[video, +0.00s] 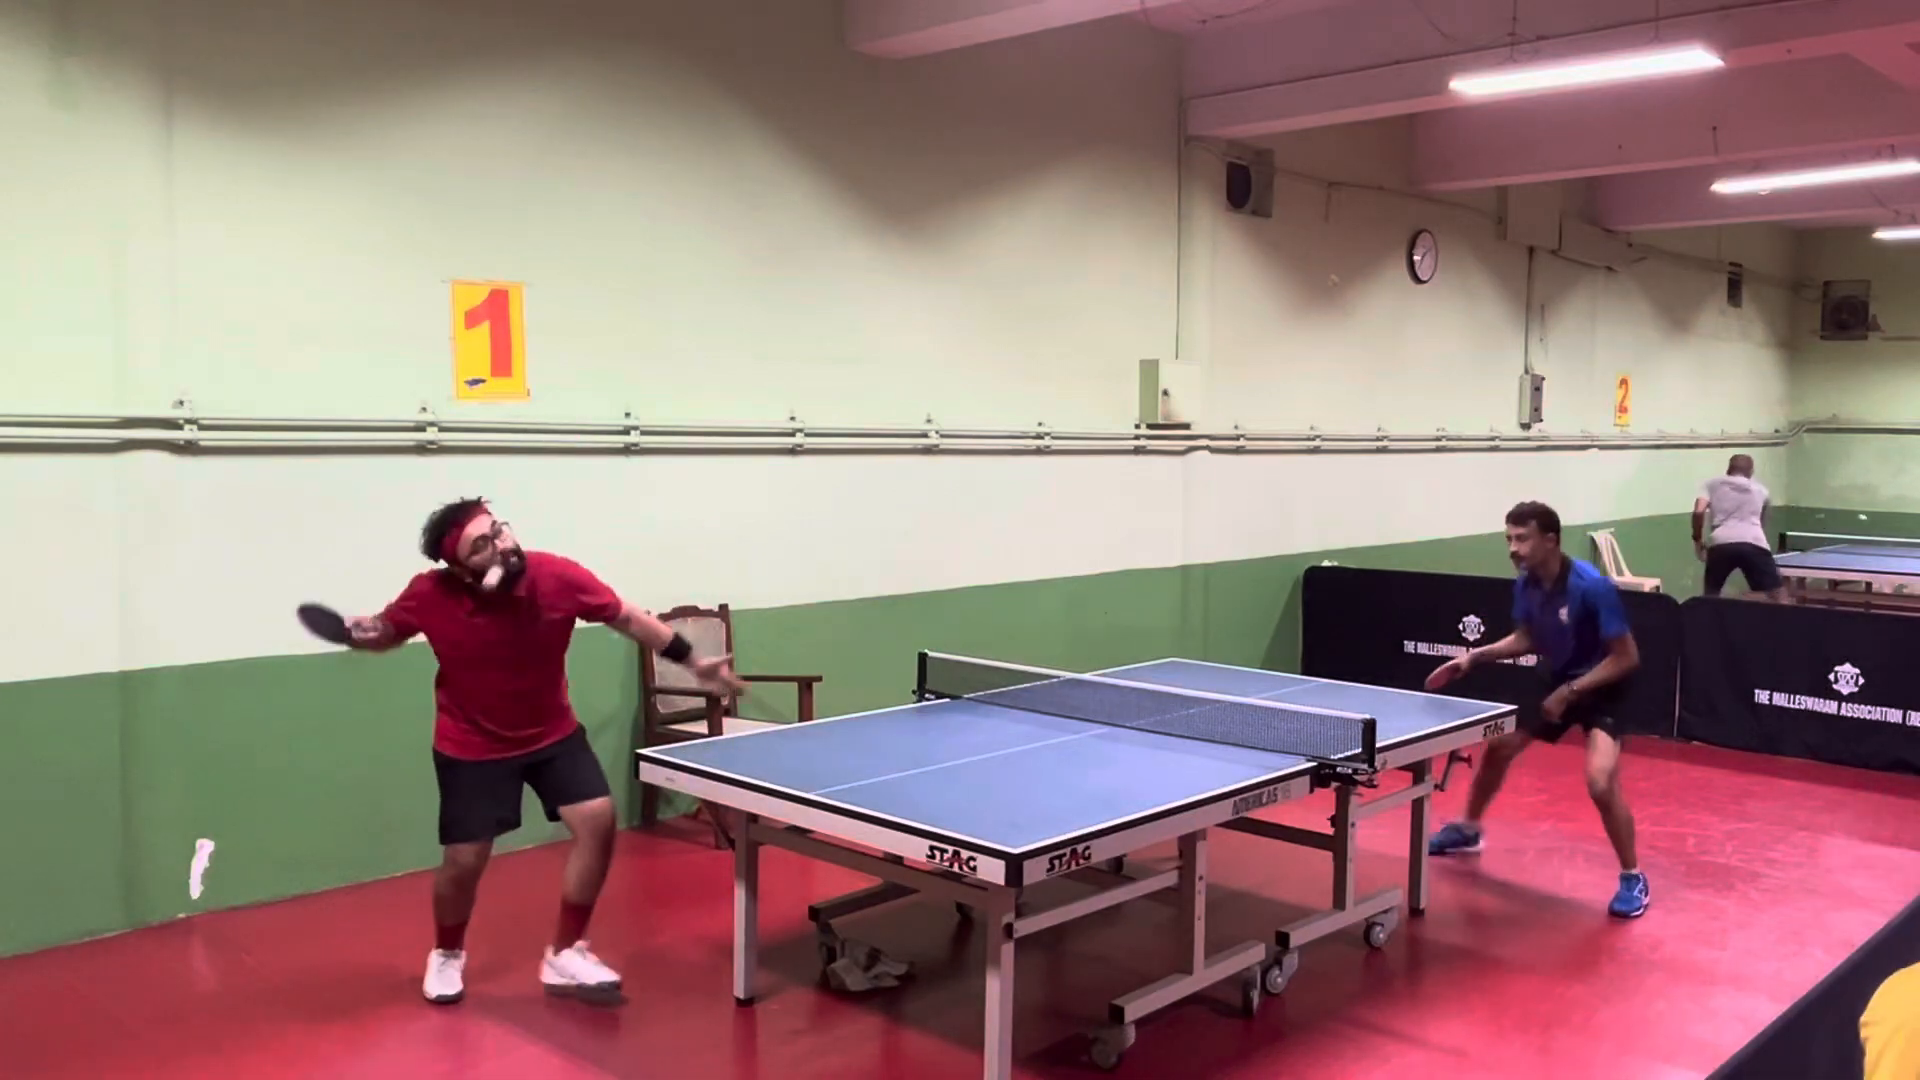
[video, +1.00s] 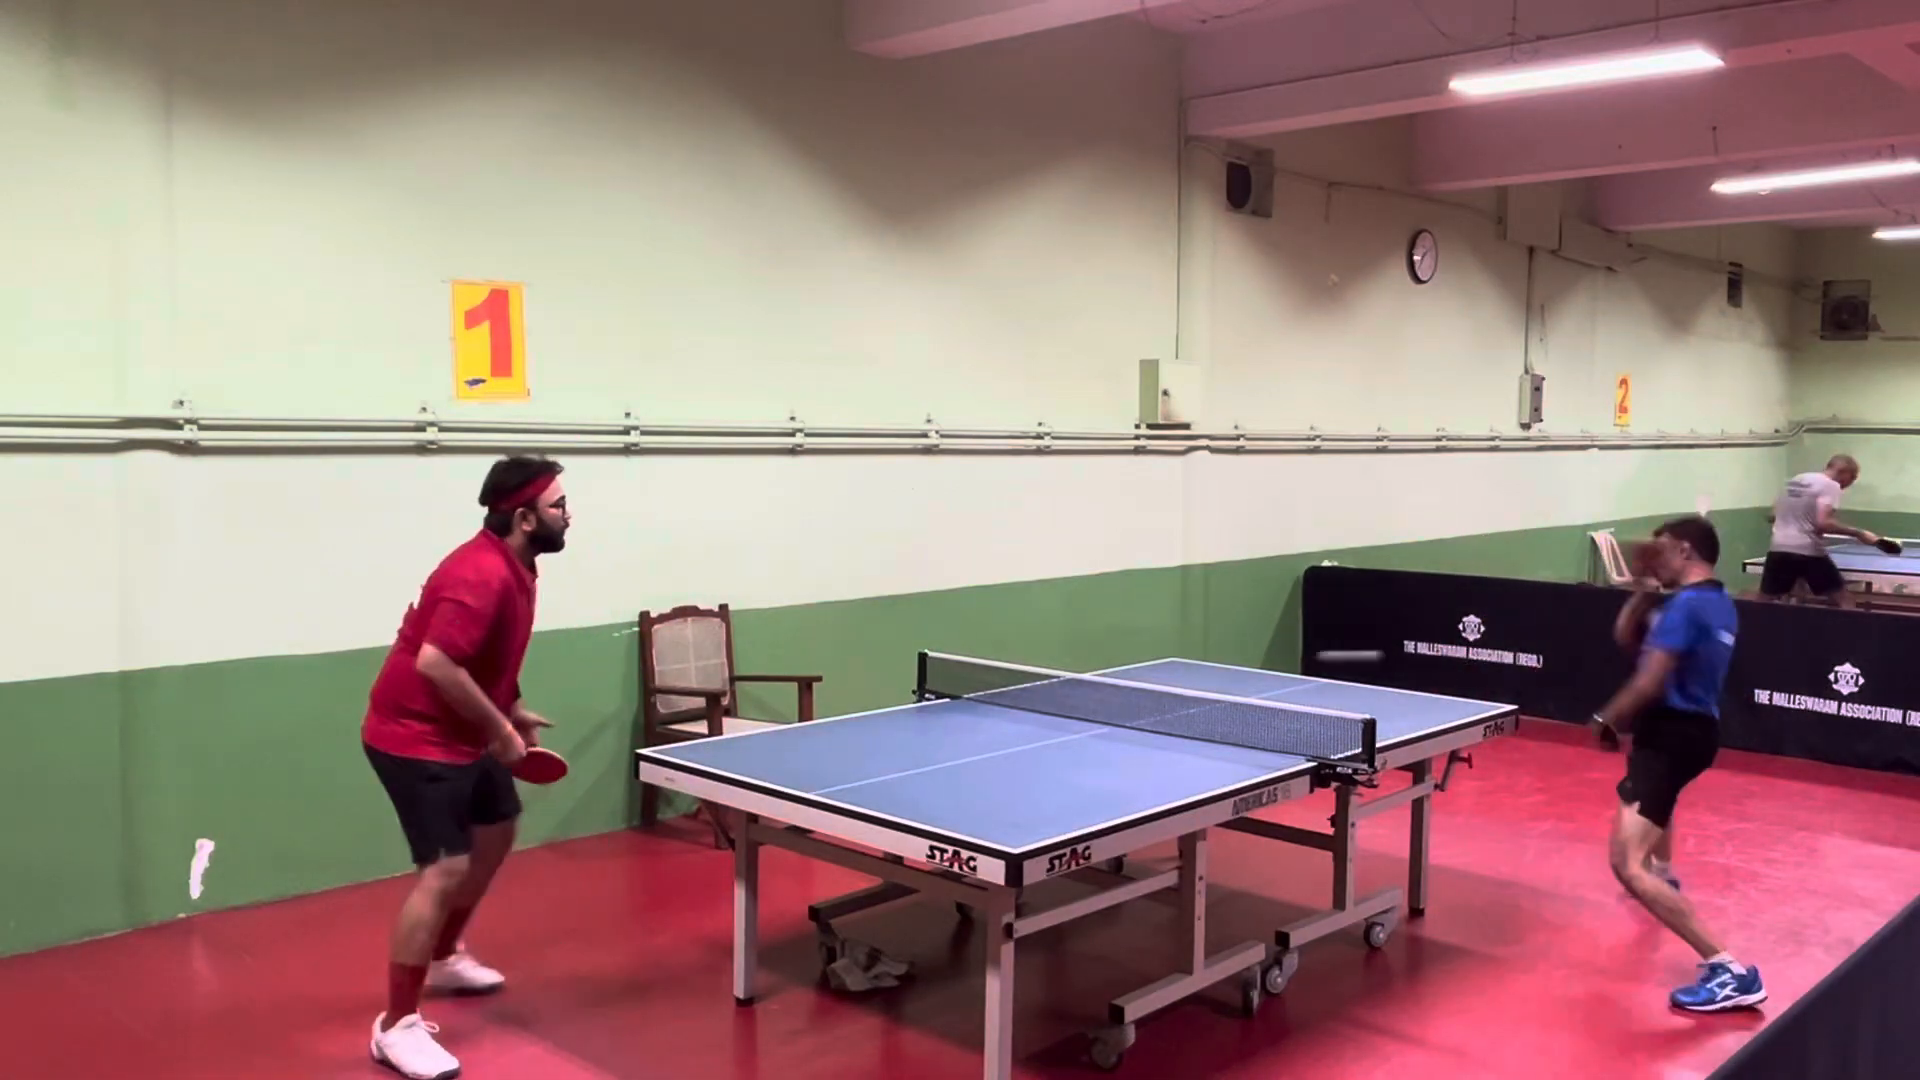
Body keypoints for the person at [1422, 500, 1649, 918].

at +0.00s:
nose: (1513, 549)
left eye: (1521, 539)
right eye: (1510, 540)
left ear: (1551, 540)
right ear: (1514, 542)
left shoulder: (1593, 586)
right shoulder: (1527, 584)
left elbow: (1626, 656)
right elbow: (1527, 638)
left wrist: (1572, 690)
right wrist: (1471, 657)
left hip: (1605, 685)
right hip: (1558, 683)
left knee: (1600, 782)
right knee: (1499, 747)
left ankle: (1632, 878)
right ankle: (1468, 827)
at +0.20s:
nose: (1516, 526)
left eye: (1524, 517)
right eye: (1513, 518)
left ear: (1553, 517)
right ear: (1522, 522)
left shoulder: (1582, 559)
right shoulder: (1557, 565)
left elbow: (1615, 635)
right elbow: (1555, 634)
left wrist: (1568, 676)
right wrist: (1494, 648)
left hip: (1630, 669)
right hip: (1594, 671)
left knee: (1601, 776)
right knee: (1543, 752)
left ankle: (1639, 863)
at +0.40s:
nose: (1526, 558)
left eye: (1533, 549)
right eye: (1524, 550)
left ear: (1563, 548)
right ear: (1566, 552)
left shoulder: (1571, 587)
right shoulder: (1595, 580)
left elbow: (1568, 674)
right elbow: (1603, 669)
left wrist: (1545, 711)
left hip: (1640, 697)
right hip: (1620, 698)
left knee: (1616, 808)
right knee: (1557, 761)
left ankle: (1686, 922)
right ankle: (1589, 867)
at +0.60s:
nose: (1562, 600)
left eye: (1567, 590)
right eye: (1561, 592)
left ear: (1595, 587)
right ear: (1605, 589)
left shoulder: (1576, 627)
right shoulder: (1667, 624)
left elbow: (1532, 692)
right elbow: (1730, 691)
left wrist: (1531, 708)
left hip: (1645, 737)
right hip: (1691, 737)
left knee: (1630, 870)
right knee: (1596, 775)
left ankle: (1724, 967)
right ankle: (1597, 870)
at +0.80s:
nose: (1612, 607)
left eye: (1616, 599)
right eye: (1612, 600)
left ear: (1642, 596)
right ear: (1660, 602)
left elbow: (1555, 655)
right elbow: (1769, 709)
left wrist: (1580, 664)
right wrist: (1820, 749)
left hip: (1654, 751)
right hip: (1708, 759)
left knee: (1614, 885)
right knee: (1640, 801)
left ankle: (1725, 971)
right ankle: (1608, 851)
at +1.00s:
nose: (1659, 558)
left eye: (1664, 548)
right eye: (1660, 548)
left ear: (1685, 552)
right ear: (1702, 555)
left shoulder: (1684, 605)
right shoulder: (1719, 603)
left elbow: (1651, 678)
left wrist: (1609, 717)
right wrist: (1643, 593)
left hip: (1672, 730)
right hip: (1697, 728)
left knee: (1630, 865)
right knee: (1646, 793)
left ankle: (1726, 967)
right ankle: (1661, 873)